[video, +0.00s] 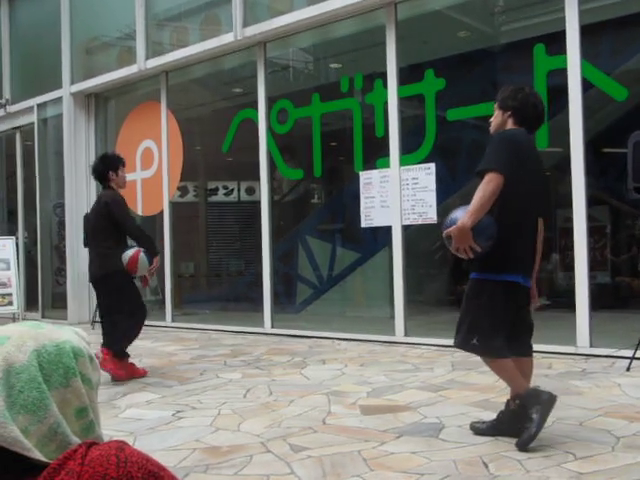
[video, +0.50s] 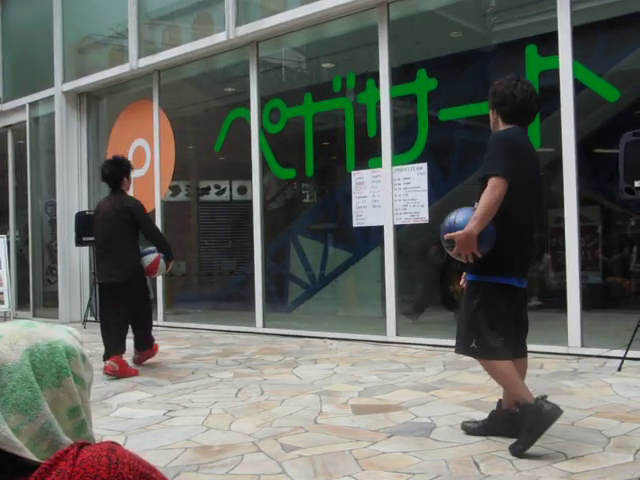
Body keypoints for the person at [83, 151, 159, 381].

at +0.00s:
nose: (125, 177)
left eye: (124, 172)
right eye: (122, 172)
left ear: (107, 177)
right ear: (112, 176)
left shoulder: (97, 205)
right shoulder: (113, 199)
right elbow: (131, 228)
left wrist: (121, 258)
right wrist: (153, 251)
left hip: (99, 270)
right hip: (113, 269)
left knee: (111, 313)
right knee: (137, 310)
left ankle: (120, 363)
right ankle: (111, 353)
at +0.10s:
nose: (125, 175)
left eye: (124, 170)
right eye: (122, 171)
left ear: (106, 176)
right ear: (112, 175)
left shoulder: (102, 200)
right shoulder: (116, 198)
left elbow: (110, 238)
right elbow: (135, 225)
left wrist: (130, 260)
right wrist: (157, 247)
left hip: (103, 268)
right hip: (118, 267)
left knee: (115, 315)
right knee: (144, 309)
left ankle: (116, 362)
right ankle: (142, 356)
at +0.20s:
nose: (125, 174)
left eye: (124, 170)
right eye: (123, 170)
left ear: (105, 175)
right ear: (115, 174)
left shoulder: (99, 202)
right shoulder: (120, 198)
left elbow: (108, 239)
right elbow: (141, 226)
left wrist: (133, 260)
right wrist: (162, 248)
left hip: (104, 270)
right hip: (122, 268)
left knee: (116, 315)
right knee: (146, 308)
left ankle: (115, 362)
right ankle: (167, 354)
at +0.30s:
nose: (127, 175)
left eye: (126, 171)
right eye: (125, 171)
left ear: (107, 176)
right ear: (118, 174)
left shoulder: (100, 202)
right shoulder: (125, 199)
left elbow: (106, 239)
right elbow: (146, 227)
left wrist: (134, 257)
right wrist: (165, 250)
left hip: (105, 272)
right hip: (126, 269)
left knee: (116, 316)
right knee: (150, 308)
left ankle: (115, 361)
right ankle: (172, 347)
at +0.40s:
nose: (129, 177)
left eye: (128, 172)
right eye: (127, 173)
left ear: (107, 177)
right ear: (121, 176)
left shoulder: (101, 203)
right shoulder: (129, 201)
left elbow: (107, 239)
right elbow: (147, 229)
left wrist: (137, 260)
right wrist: (166, 251)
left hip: (106, 270)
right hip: (128, 268)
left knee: (114, 313)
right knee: (145, 306)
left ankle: (114, 358)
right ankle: (161, 343)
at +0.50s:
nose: (131, 180)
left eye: (129, 176)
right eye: (129, 176)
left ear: (108, 181)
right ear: (124, 180)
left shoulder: (101, 207)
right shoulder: (131, 205)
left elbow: (105, 240)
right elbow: (151, 232)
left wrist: (135, 255)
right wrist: (168, 253)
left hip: (106, 271)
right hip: (129, 270)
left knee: (111, 313)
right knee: (141, 306)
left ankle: (113, 358)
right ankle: (144, 348)